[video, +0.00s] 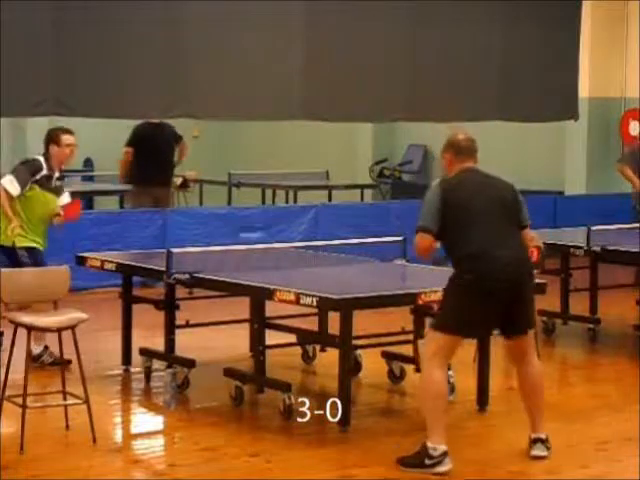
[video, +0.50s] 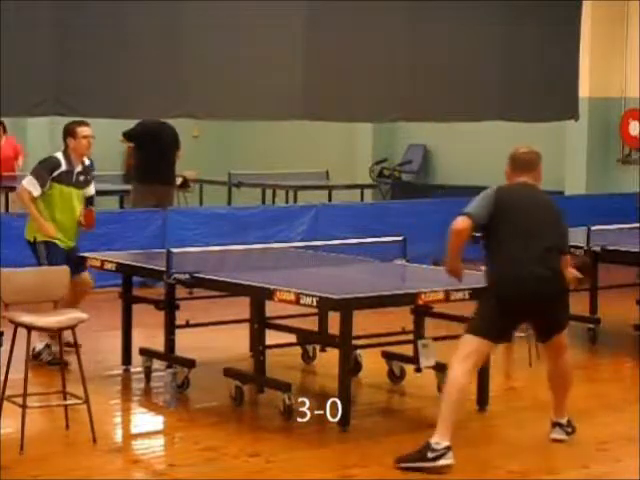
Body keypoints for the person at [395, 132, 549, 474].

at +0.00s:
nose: (441, 166)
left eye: (441, 161)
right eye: (442, 161)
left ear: (448, 158)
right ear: (476, 157)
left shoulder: (442, 189)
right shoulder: (506, 188)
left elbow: (423, 247)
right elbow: (529, 240)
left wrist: (443, 232)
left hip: (473, 282)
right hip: (518, 281)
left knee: (433, 358)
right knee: (526, 357)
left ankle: (435, 448)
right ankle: (539, 438)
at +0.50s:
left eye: (507, 173)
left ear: (508, 172)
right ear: (538, 174)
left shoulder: (496, 195)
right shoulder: (551, 205)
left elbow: (460, 227)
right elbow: (561, 257)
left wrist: (453, 262)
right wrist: (566, 271)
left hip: (505, 290)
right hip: (549, 289)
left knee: (464, 361)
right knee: (558, 351)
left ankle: (440, 444)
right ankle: (560, 421)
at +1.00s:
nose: (503, 161)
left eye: (503, 156)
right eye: (504, 155)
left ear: (509, 157)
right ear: (536, 155)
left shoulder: (512, 190)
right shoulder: (554, 189)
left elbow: (486, 238)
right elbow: (554, 237)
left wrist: (469, 265)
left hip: (537, 285)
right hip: (570, 281)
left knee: (489, 356)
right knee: (556, 346)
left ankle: (511, 446)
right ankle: (567, 420)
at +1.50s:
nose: (478, 187)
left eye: (478, 182)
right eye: (481, 182)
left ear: (482, 181)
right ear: (512, 181)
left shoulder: (482, 214)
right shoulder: (539, 212)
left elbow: (467, 265)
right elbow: (572, 264)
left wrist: (445, 292)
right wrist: (557, 293)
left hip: (511, 309)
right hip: (556, 304)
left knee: (458, 373)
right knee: (560, 361)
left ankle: (468, 461)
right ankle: (587, 437)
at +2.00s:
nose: (444, 144)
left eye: (444, 139)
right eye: (446, 138)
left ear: (448, 139)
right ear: (481, 136)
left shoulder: (451, 181)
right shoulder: (510, 165)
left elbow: (448, 238)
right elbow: (530, 218)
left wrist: (432, 262)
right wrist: (499, 235)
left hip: (484, 285)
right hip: (529, 278)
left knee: (454, 370)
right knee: (547, 364)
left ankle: (460, 461)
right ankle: (573, 448)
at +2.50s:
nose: (512, 135)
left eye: (513, 130)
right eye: (515, 129)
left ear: (519, 130)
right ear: (549, 131)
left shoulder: (509, 171)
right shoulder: (578, 170)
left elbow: (479, 224)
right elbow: (601, 225)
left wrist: (475, 261)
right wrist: (577, 248)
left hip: (534, 278)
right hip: (581, 277)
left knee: (503, 364)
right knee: (591, 359)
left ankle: (483, 452)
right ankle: (600, 446)